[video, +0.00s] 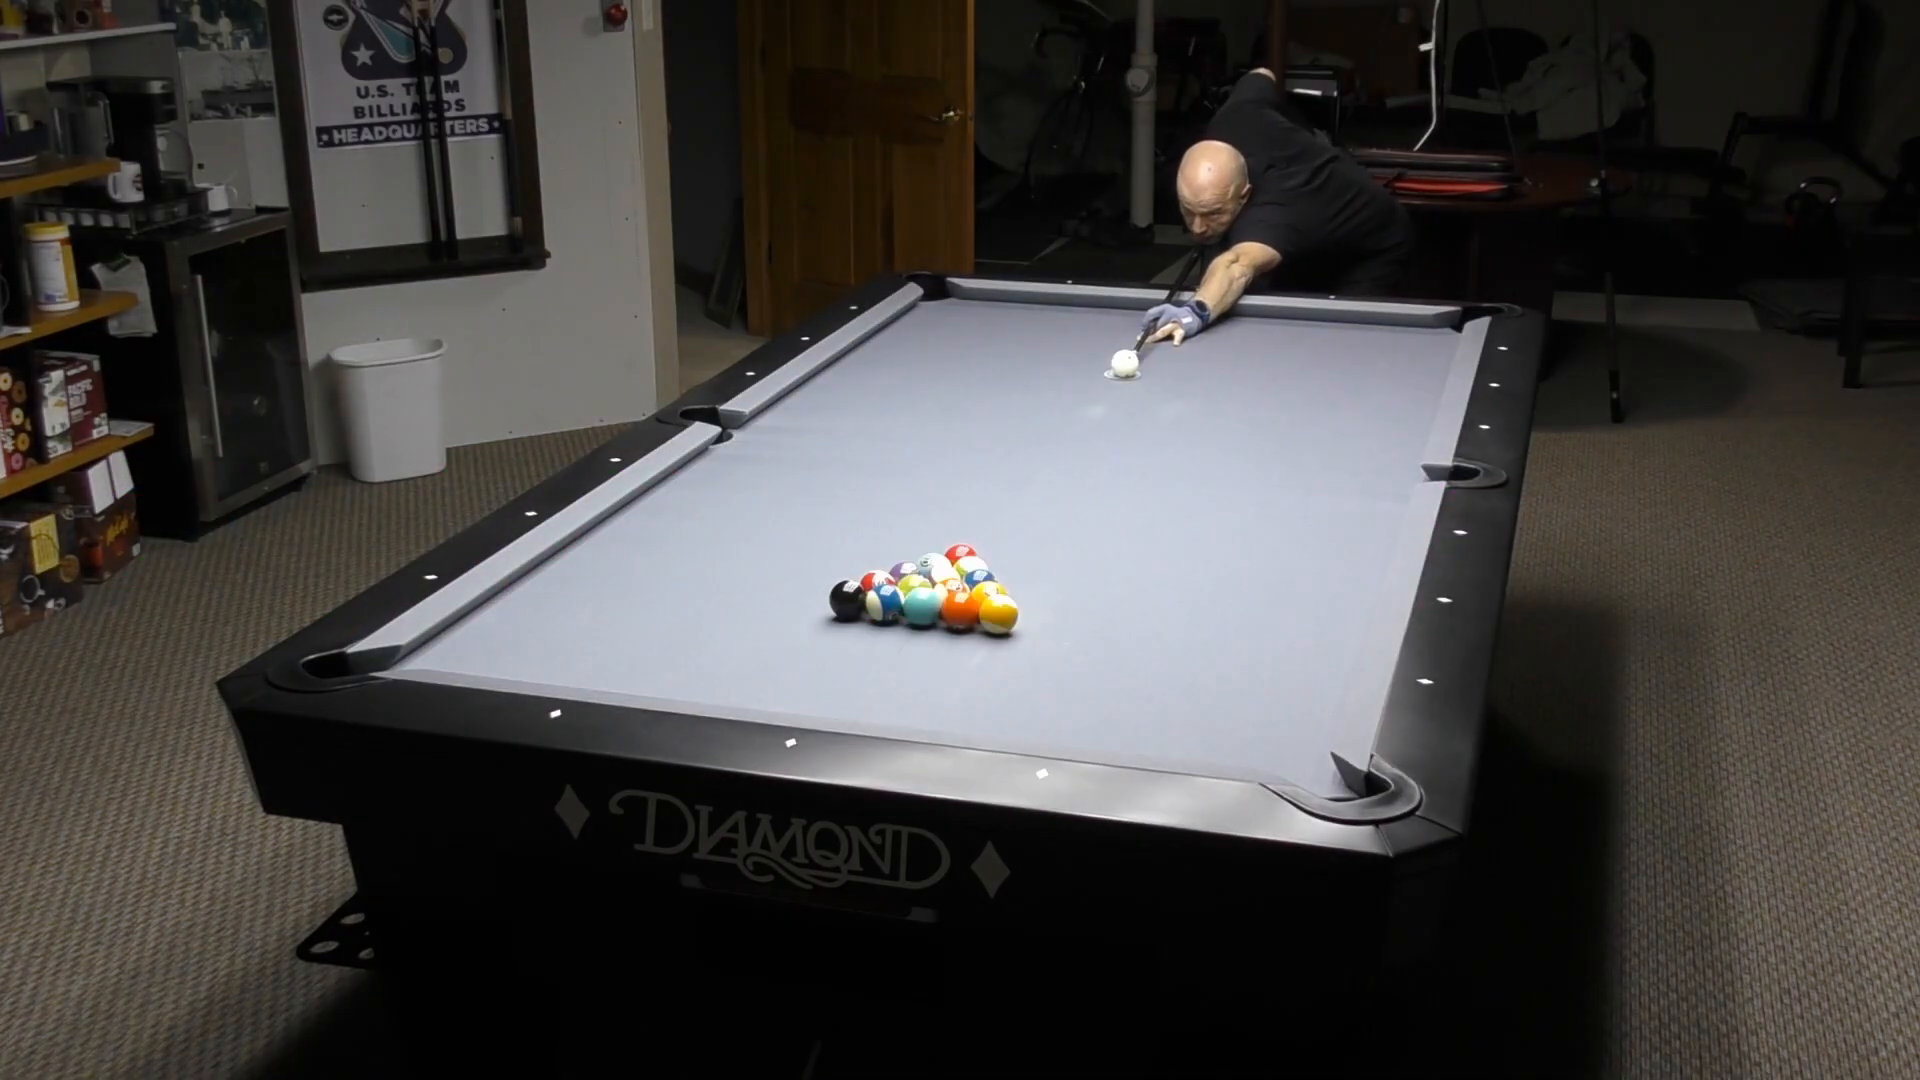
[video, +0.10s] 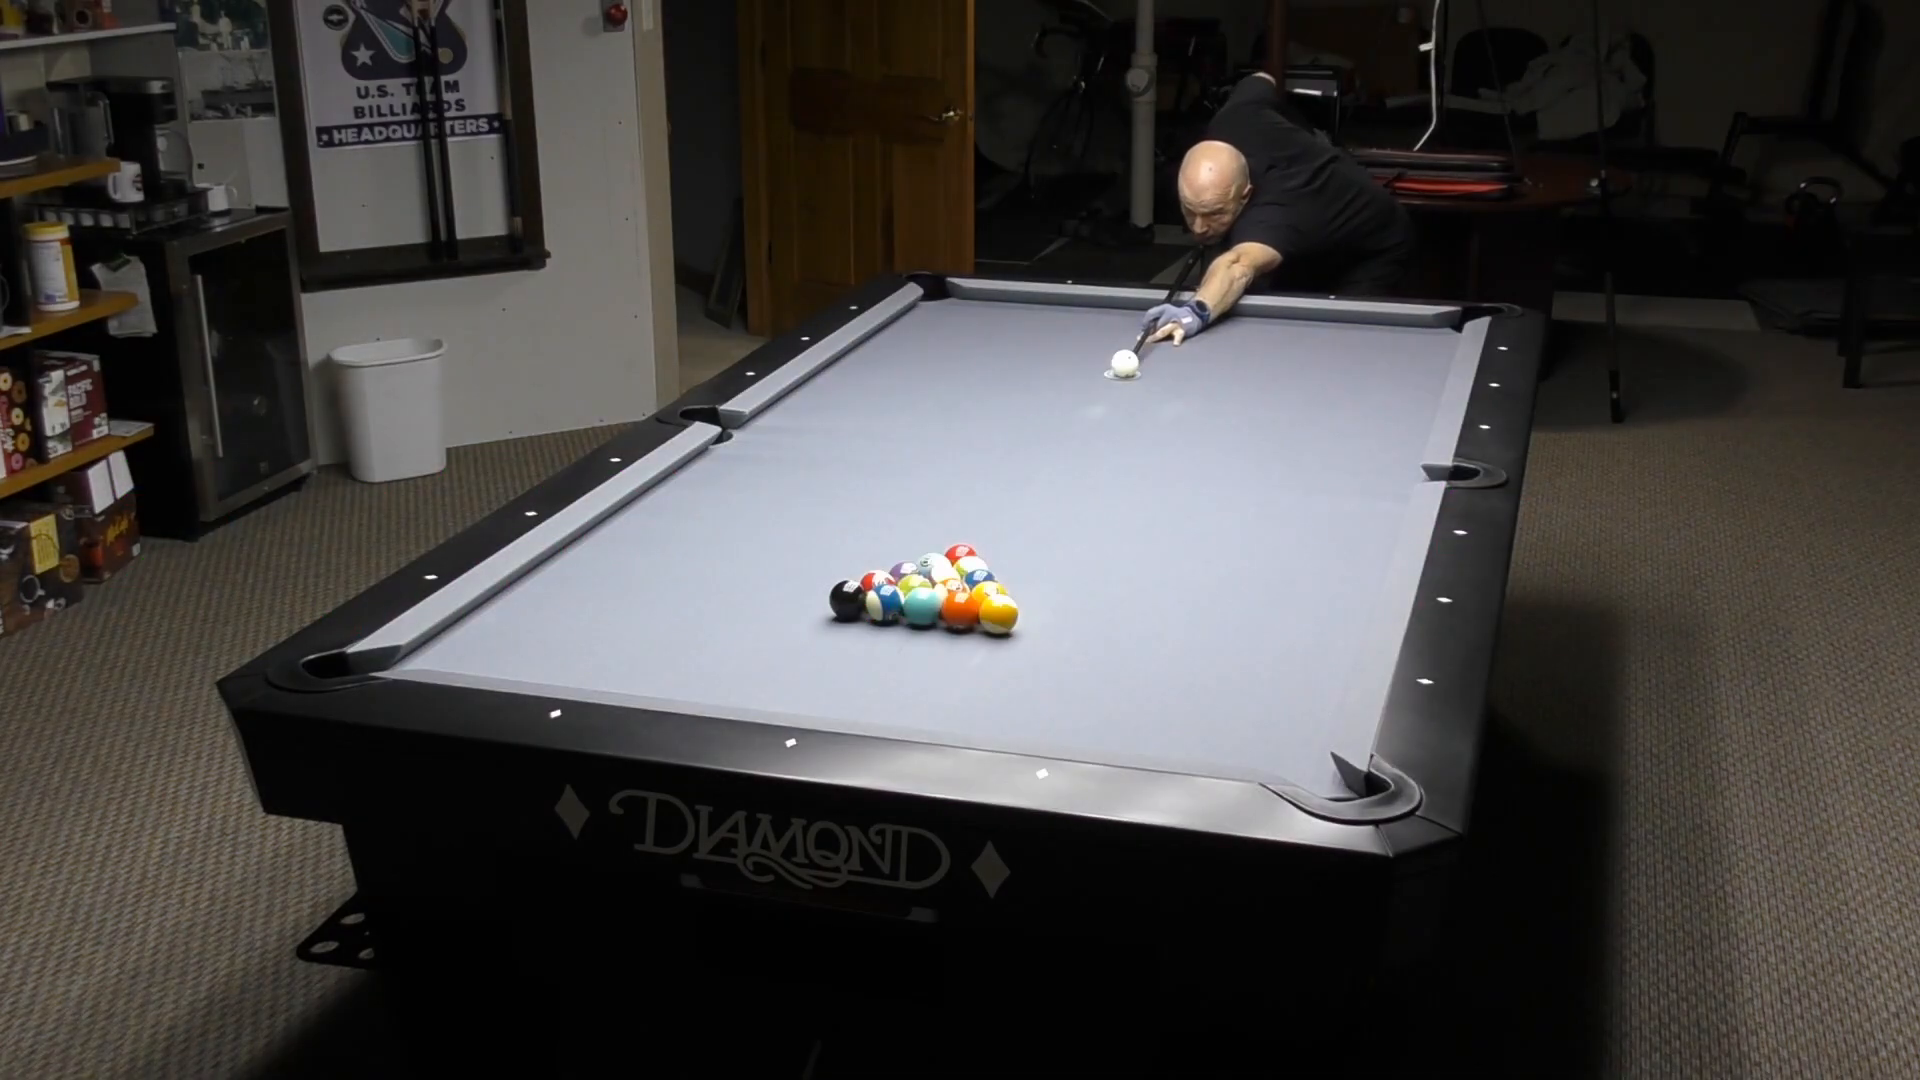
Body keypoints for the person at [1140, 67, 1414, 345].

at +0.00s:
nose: (1198, 229)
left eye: (1213, 216)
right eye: (1188, 213)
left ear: (1244, 193)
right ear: (1179, 184)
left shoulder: (1272, 216)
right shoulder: (1235, 119)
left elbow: (1237, 267)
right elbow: (1262, 73)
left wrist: (1195, 312)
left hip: (1379, 240)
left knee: (1339, 339)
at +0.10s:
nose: (1199, 229)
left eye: (1214, 215)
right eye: (1190, 213)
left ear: (1245, 193)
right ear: (1180, 185)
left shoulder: (1274, 215)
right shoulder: (1235, 119)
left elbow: (1238, 266)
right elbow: (1262, 77)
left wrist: (1195, 311)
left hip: (1380, 241)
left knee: (1341, 338)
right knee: (1281, 330)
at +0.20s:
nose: (1200, 228)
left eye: (1214, 215)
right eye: (1190, 213)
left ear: (1245, 194)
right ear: (1181, 184)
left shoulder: (1273, 217)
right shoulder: (1235, 119)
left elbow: (1238, 267)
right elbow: (1261, 76)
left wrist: (1195, 311)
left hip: (1380, 240)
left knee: (1341, 336)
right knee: (1282, 327)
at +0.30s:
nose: (1200, 229)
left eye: (1214, 216)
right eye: (1190, 213)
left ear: (1245, 194)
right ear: (1180, 185)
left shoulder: (1274, 216)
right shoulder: (1234, 120)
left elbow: (1238, 266)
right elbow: (1262, 76)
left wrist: (1195, 311)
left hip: (1380, 240)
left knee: (1340, 336)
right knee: (1280, 326)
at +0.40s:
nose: (1199, 229)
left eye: (1213, 216)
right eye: (1189, 214)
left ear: (1244, 194)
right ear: (1179, 185)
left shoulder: (1274, 216)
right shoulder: (1233, 121)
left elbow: (1237, 266)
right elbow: (1262, 76)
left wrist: (1195, 311)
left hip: (1380, 240)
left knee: (1339, 337)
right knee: (1280, 328)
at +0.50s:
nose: (1198, 230)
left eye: (1212, 218)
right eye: (1188, 215)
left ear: (1244, 195)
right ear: (1178, 187)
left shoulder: (1273, 216)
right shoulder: (1233, 121)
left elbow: (1237, 267)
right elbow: (1261, 74)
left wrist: (1195, 312)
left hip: (1379, 240)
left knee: (1339, 339)